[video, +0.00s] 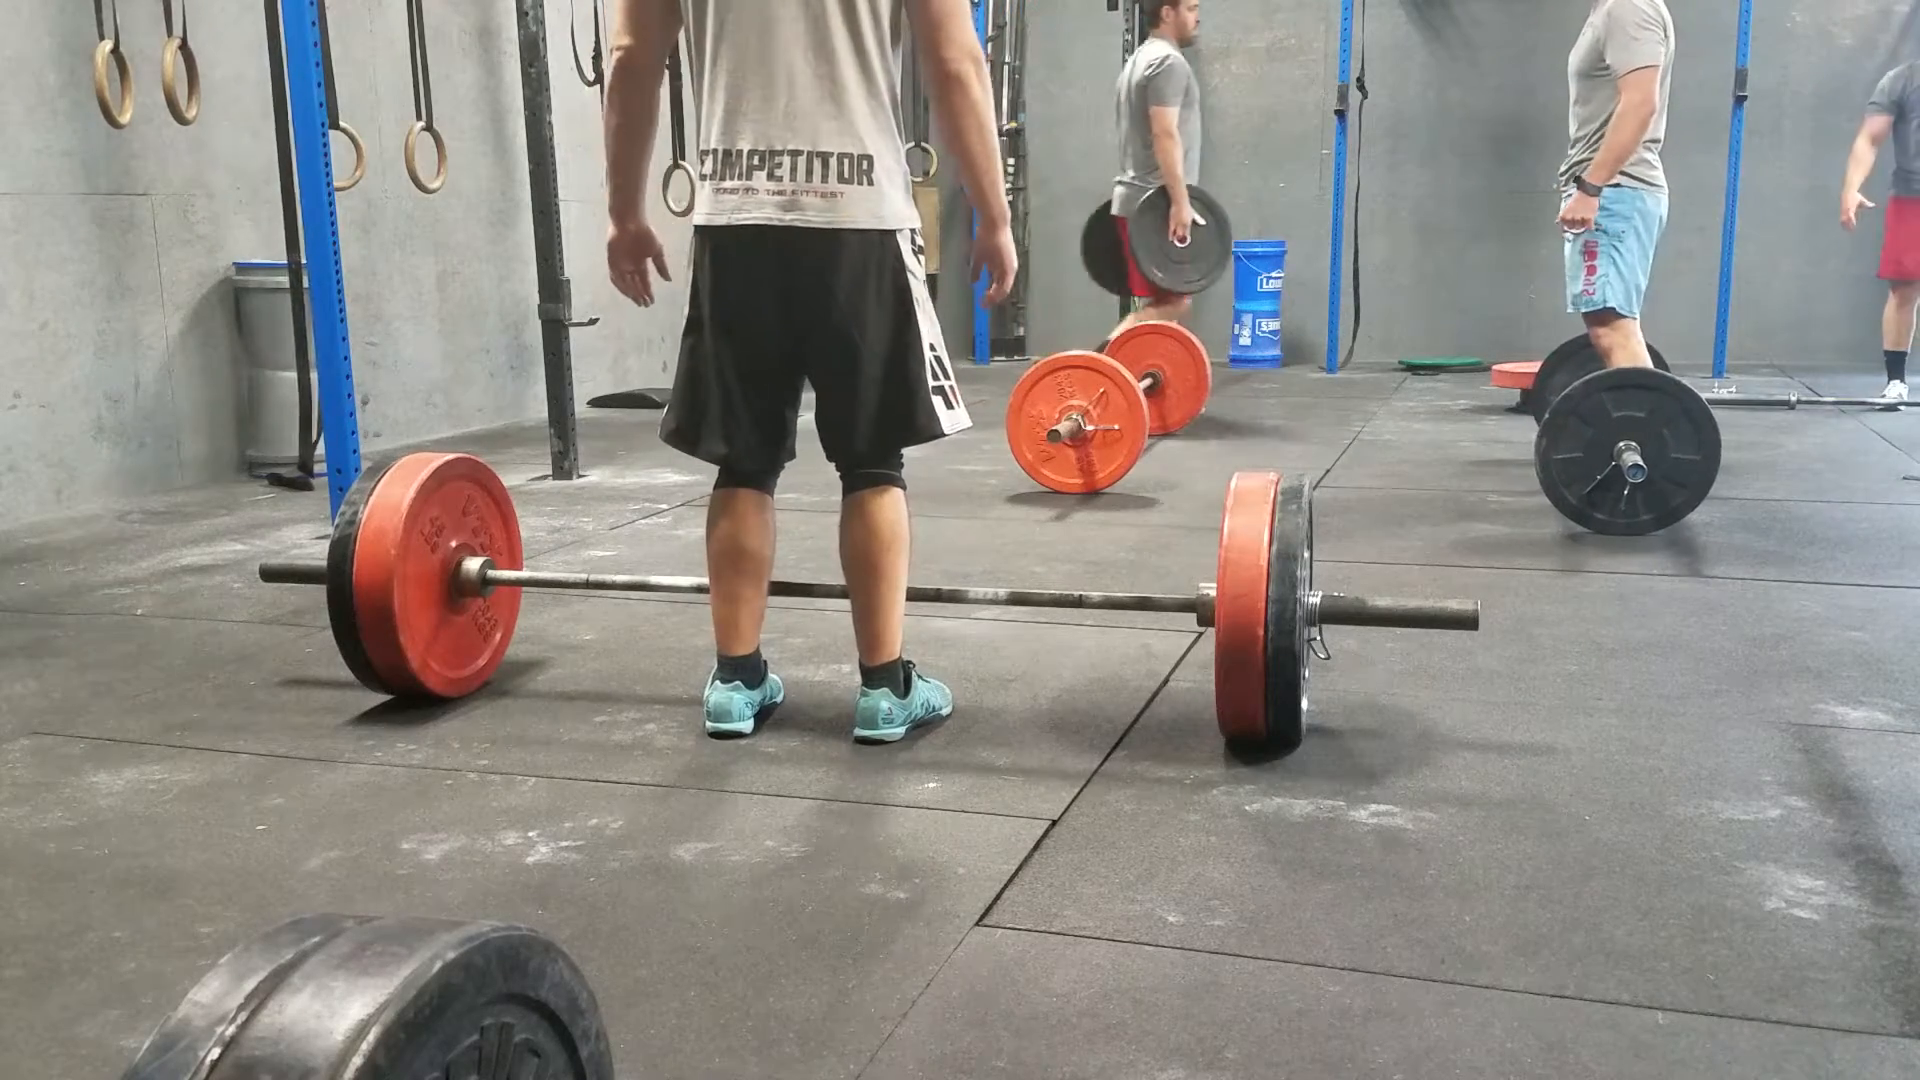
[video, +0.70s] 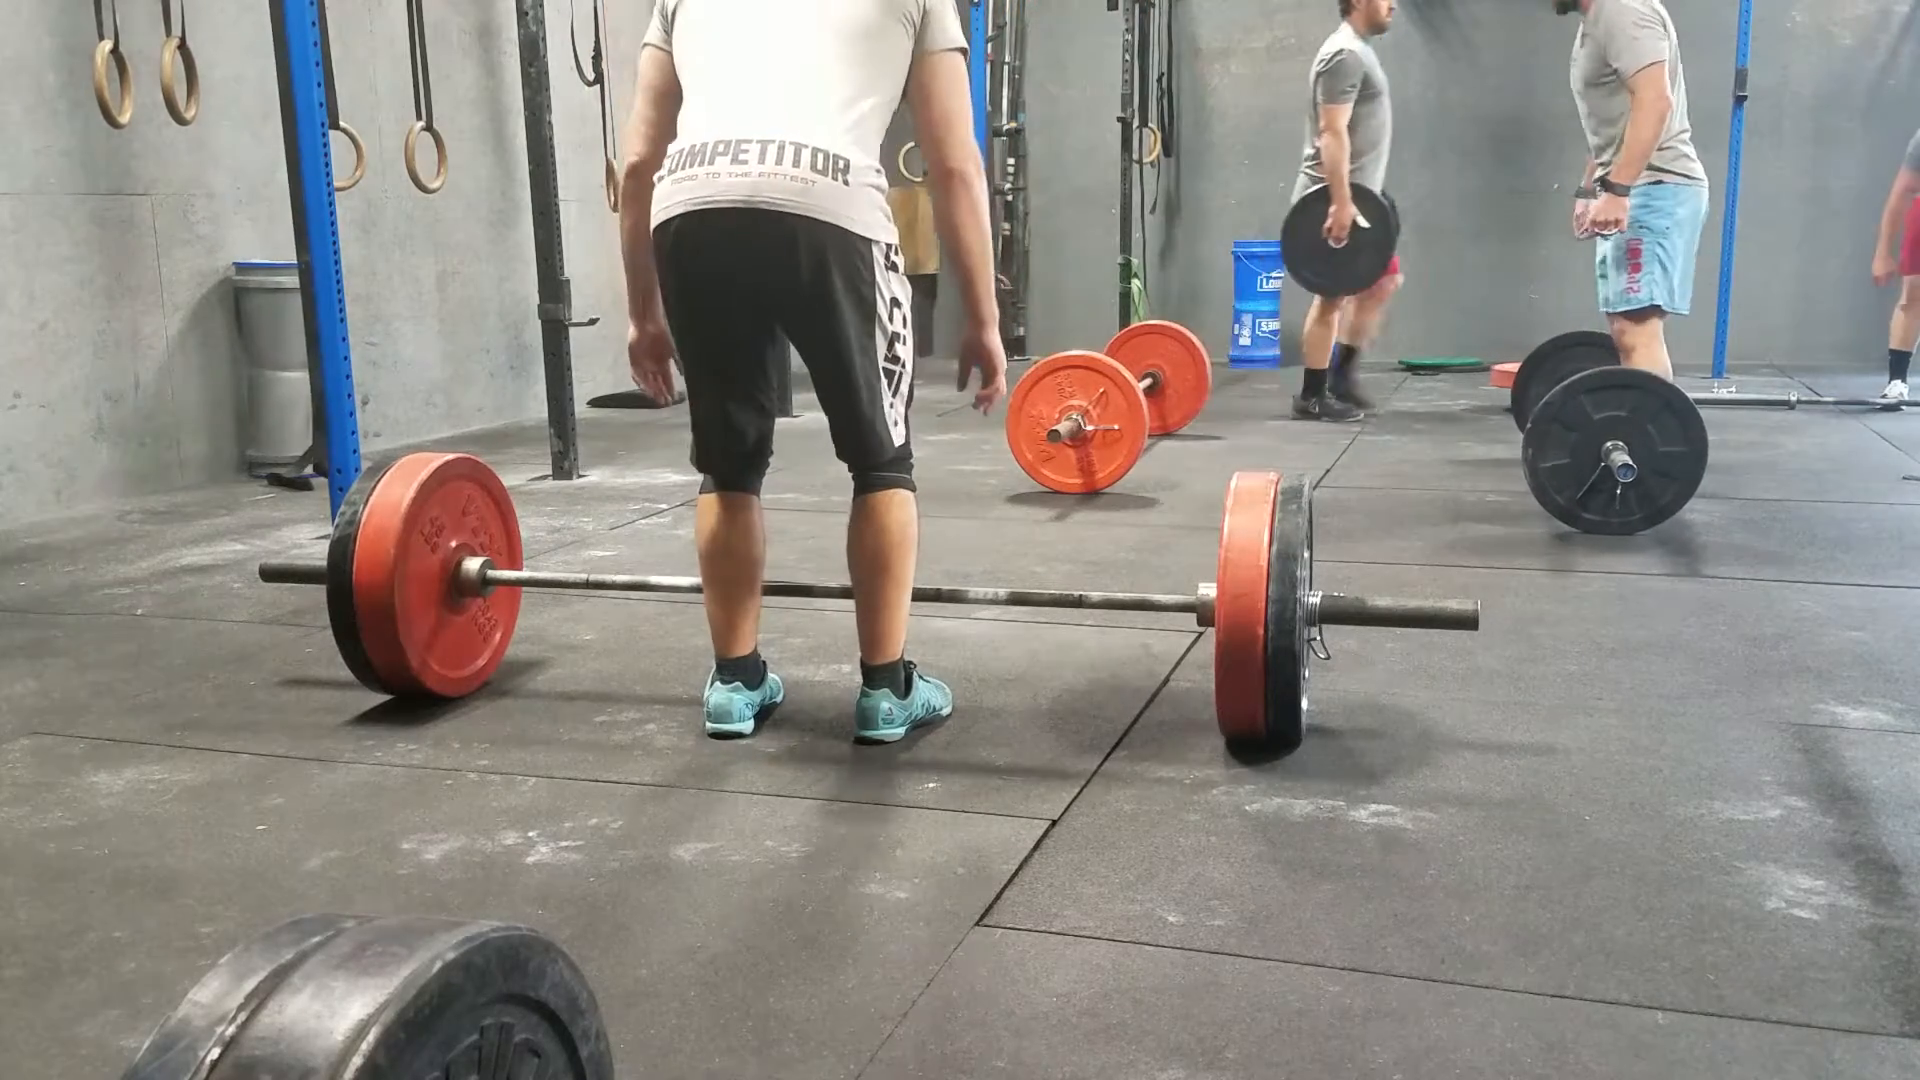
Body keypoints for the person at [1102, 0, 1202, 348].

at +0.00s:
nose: (1198, 17)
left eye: (1197, 9)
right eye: (1191, 8)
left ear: (1166, 15)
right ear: (1167, 13)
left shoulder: (1139, 59)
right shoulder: (1167, 60)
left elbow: (1134, 139)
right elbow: (1164, 135)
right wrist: (1180, 201)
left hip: (1133, 200)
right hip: (1153, 203)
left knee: (1157, 304)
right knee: (1174, 304)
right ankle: (1105, 366)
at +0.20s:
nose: (1250, 14)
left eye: (1250, 6)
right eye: (1245, 6)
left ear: (1218, 11)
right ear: (1221, 9)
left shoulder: (1198, 55)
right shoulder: (1210, 58)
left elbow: (1192, 135)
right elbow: (1202, 134)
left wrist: (1214, 196)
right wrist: (1216, 198)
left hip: (1182, 198)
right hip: (1200, 199)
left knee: (1181, 291)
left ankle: (1145, 384)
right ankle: (1228, 391)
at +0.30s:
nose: (1278, 18)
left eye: (1278, 9)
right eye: (1272, 9)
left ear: (1248, 15)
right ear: (1248, 13)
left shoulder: (1233, 58)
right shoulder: (1238, 62)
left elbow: (1224, 138)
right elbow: (1225, 138)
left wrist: (1240, 201)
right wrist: (1235, 205)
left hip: (1208, 200)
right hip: (1226, 202)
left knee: (1190, 296)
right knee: (1263, 292)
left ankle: (1151, 382)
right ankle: (1295, 390)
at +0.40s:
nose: (1308, 19)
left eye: (1308, 11)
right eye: (1302, 10)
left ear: (1279, 16)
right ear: (1278, 15)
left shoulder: (1262, 62)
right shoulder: (1269, 66)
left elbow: (1254, 143)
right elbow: (1252, 143)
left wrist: (1266, 208)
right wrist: (1256, 212)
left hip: (1243, 202)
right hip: (1262, 205)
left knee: (1219, 298)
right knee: (1294, 295)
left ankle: (1159, 373)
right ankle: (1309, 396)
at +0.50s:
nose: (1339, 13)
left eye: (1337, 5)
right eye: (1331, 5)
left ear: (1307, 12)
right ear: (1306, 10)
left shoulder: (1300, 58)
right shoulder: (1295, 62)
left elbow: (1289, 138)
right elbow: (1279, 140)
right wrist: (1282, 209)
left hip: (1292, 198)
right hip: (1299, 202)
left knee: (1274, 297)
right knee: (1320, 291)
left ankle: (1206, 357)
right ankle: (1311, 395)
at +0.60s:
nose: (1365, 8)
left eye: (1363, 2)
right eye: (1357, 1)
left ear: (1333, 9)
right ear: (1332, 6)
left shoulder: (1331, 54)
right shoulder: (1319, 58)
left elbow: (1320, 135)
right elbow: (1305, 136)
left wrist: (1336, 196)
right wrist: (1311, 204)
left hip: (1331, 195)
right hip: (1318, 198)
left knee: (1341, 285)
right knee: (1326, 292)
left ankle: (1264, 354)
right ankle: (1312, 396)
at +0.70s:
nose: (1391, 7)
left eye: (1391, 1)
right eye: (1385, 1)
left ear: (1361, 6)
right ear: (1358, 4)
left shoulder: (1358, 52)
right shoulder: (1344, 54)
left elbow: (1350, 134)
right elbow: (1331, 133)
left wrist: (1364, 198)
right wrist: (1340, 202)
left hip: (1358, 196)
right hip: (1336, 199)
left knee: (1381, 282)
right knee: (1332, 294)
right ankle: (1312, 394)